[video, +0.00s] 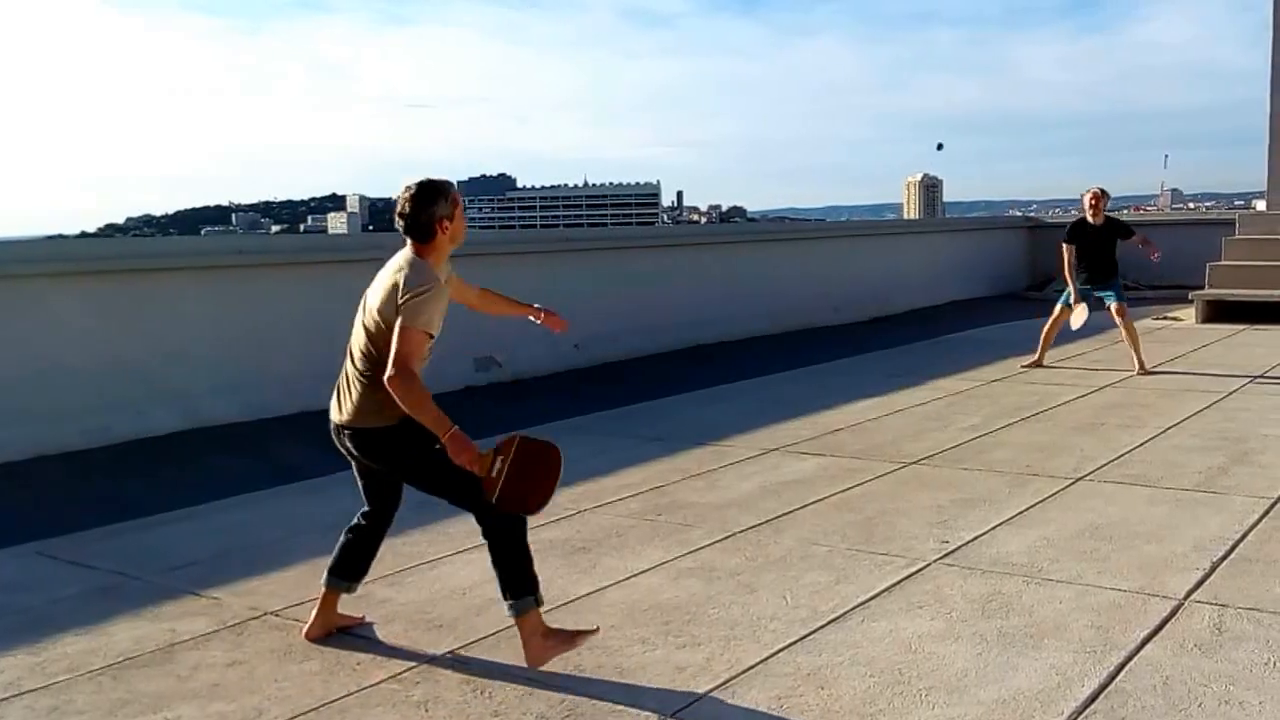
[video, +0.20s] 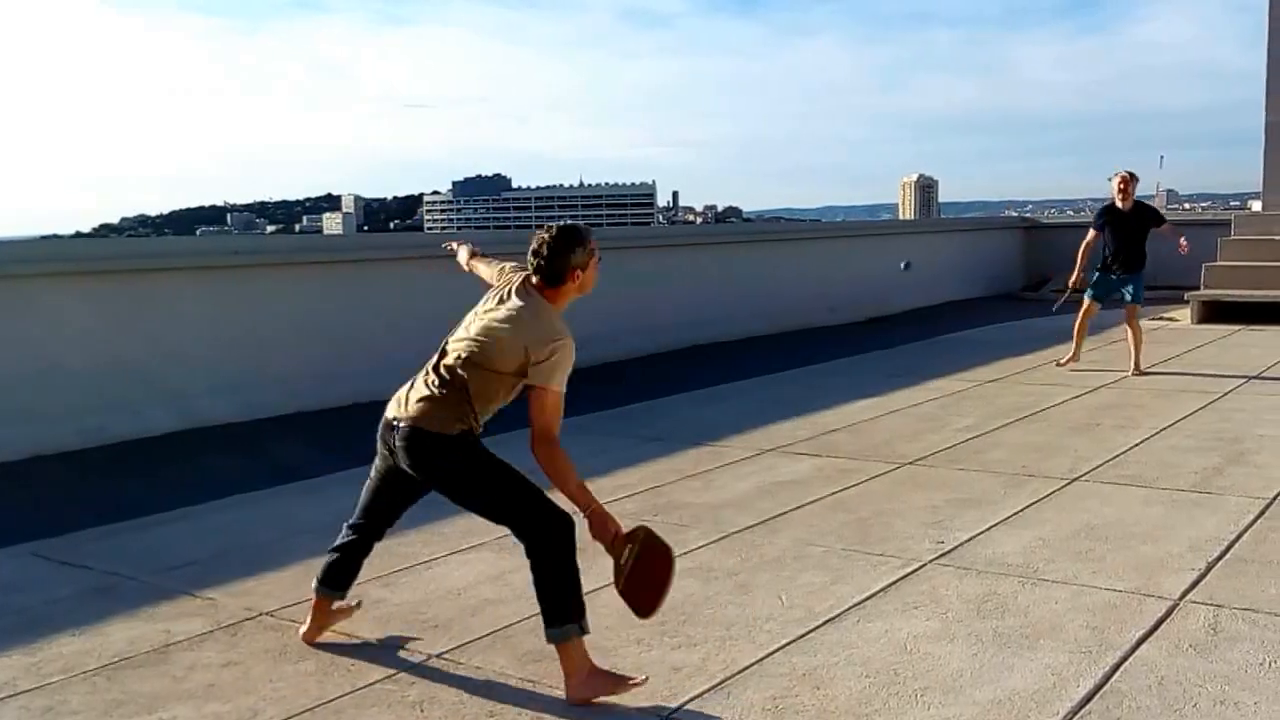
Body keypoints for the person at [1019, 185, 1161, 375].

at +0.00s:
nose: (1094, 203)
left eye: (1097, 200)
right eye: (1090, 200)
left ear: (1104, 203)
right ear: (1084, 204)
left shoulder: (1114, 225)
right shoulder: (1075, 228)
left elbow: (1140, 240)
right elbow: (1068, 263)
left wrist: (1150, 248)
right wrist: (1073, 292)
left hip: (1108, 282)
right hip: (1081, 282)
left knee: (1120, 316)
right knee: (1056, 316)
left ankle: (1139, 361)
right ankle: (1039, 357)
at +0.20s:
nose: (1123, 188)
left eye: (1127, 184)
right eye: (1119, 184)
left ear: (1134, 188)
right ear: (1113, 188)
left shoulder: (1146, 212)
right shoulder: (1105, 212)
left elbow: (1168, 230)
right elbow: (1088, 243)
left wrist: (1180, 241)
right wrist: (1077, 272)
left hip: (1133, 273)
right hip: (1106, 271)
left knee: (1131, 319)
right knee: (1086, 310)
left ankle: (1135, 364)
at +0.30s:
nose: (1130, 174)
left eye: (1134, 170)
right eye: (1127, 170)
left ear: (1141, 173)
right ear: (1121, 173)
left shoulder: (1153, 197)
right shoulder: (1112, 199)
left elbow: (1178, 216)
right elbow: (1098, 231)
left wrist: (1184, 235)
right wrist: (1087, 260)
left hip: (1141, 262)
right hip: (1116, 260)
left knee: (1139, 309)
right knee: (1109, 307)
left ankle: (1137, 360)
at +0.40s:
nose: (1136, 167)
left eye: (1139, 163)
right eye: (1132, 163)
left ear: (1147, 166)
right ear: (1126, 167)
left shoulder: (1159, 190)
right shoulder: (1120, 193)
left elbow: (1180, 217)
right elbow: (1109, 226)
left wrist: (1188, 239)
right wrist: (1097, 256)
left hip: (1150, 255)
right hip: (1126, 255)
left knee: (1152, 304)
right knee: (1131, 305)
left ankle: (1157, 354)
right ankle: (1143, 353)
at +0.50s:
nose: (1142, 175)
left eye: (1146, 171)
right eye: (1138, 171)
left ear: (1153, 174)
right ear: (1131, 174)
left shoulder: (1164, 198)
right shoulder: (1127, 201)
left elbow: (1182, 226)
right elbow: (1121, 233)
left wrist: (1189, 256)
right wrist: (1106, 261)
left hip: (1160, 262)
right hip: (1137, 263)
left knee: (1168, 308)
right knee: (1145, 313)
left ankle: (1189, 356)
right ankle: (1161, 360)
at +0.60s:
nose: (1143, 188)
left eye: (1147, 184)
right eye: (1140, 184)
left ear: (1154, 186)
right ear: (1134, 188)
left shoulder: (1167, 208)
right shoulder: (1134, 213)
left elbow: (1186, 233)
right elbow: (1131, 246)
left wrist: (1188, 265)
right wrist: (1112, 271)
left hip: (1170, 274)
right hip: (1147, 277)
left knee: (1187, 316)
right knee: (1140, 324)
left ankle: (1218, 363)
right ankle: (1161, 367)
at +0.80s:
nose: (1153, 205)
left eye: (1157, 200)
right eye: (1149, 201)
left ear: (1166, 202)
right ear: (1145, 206)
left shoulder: (1179, 221)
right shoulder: (1150, 230)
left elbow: (1201, 241)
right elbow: (1146, 261)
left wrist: (1202, 262)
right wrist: (1122, 282)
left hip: (1193, 284)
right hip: (1169, 286)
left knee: (1201, 329)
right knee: (1143, 327)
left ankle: (1235, 376)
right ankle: (1154, 369)